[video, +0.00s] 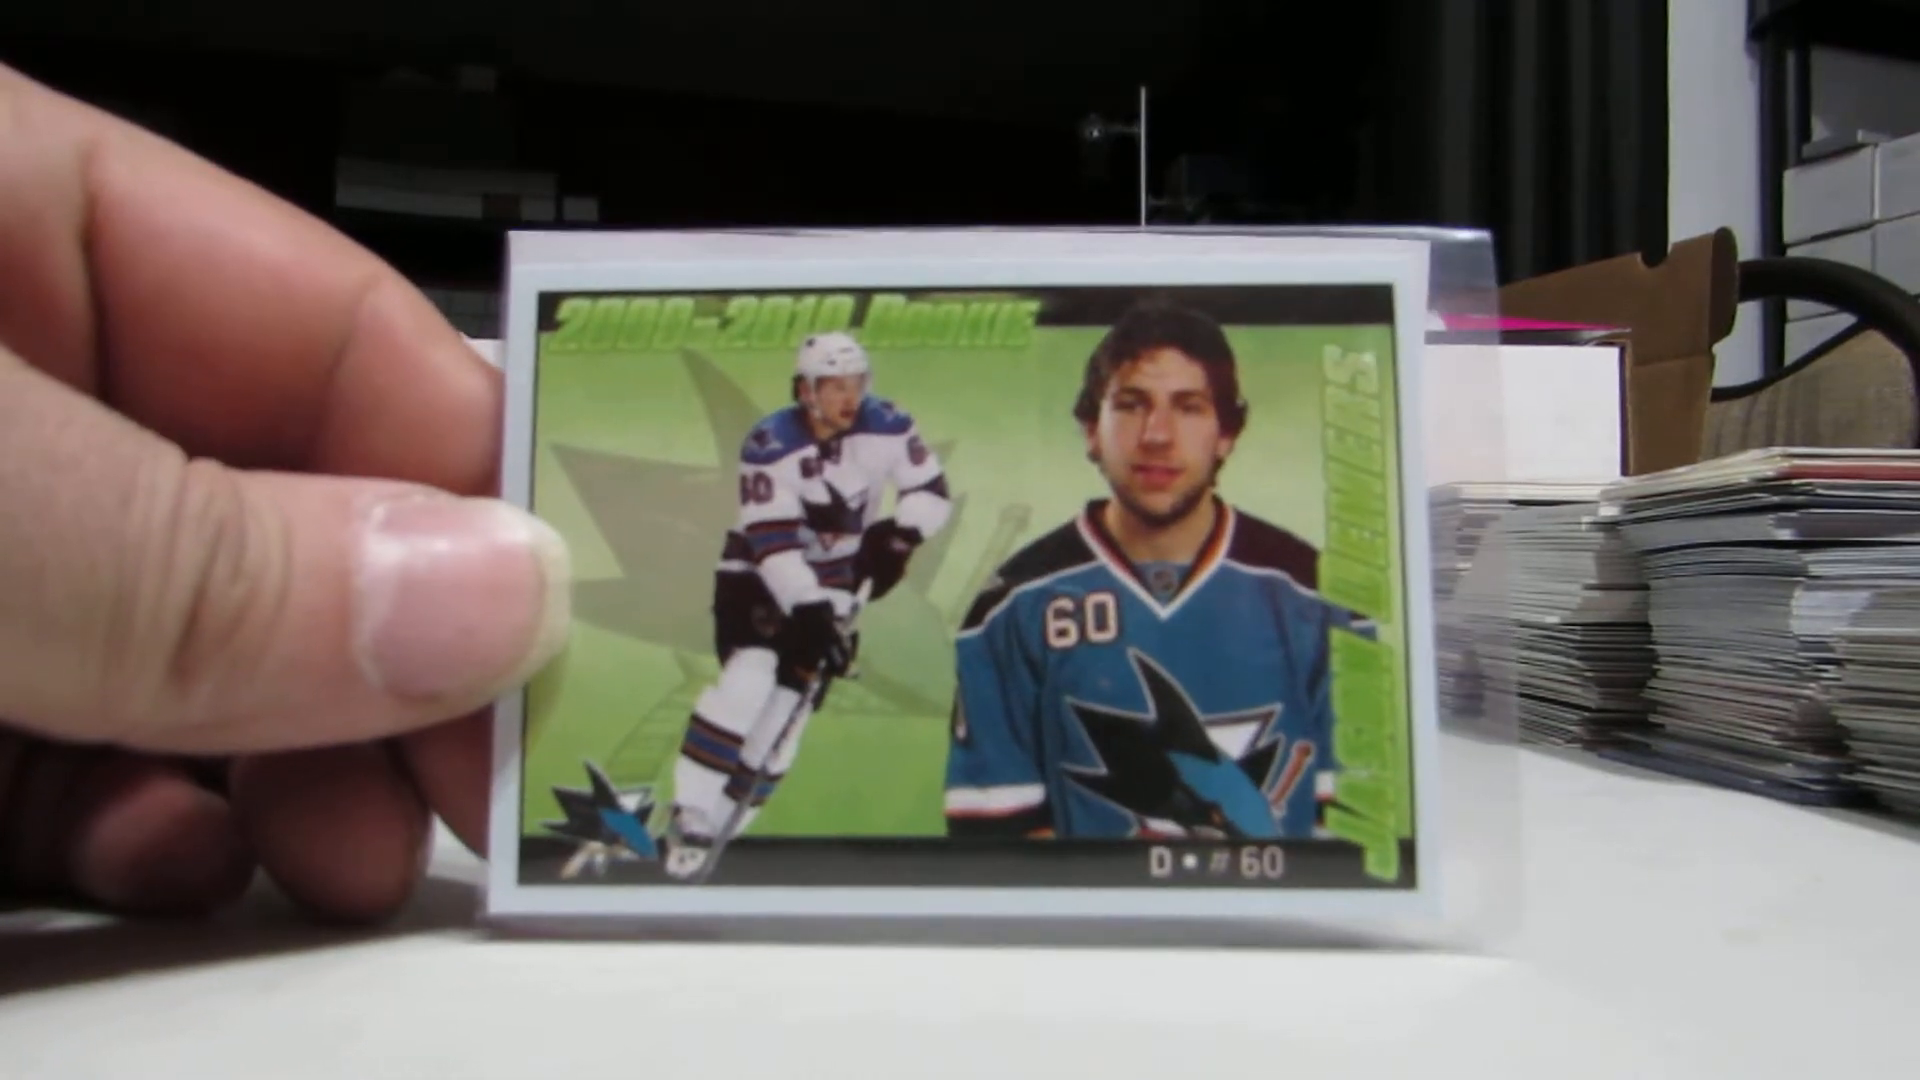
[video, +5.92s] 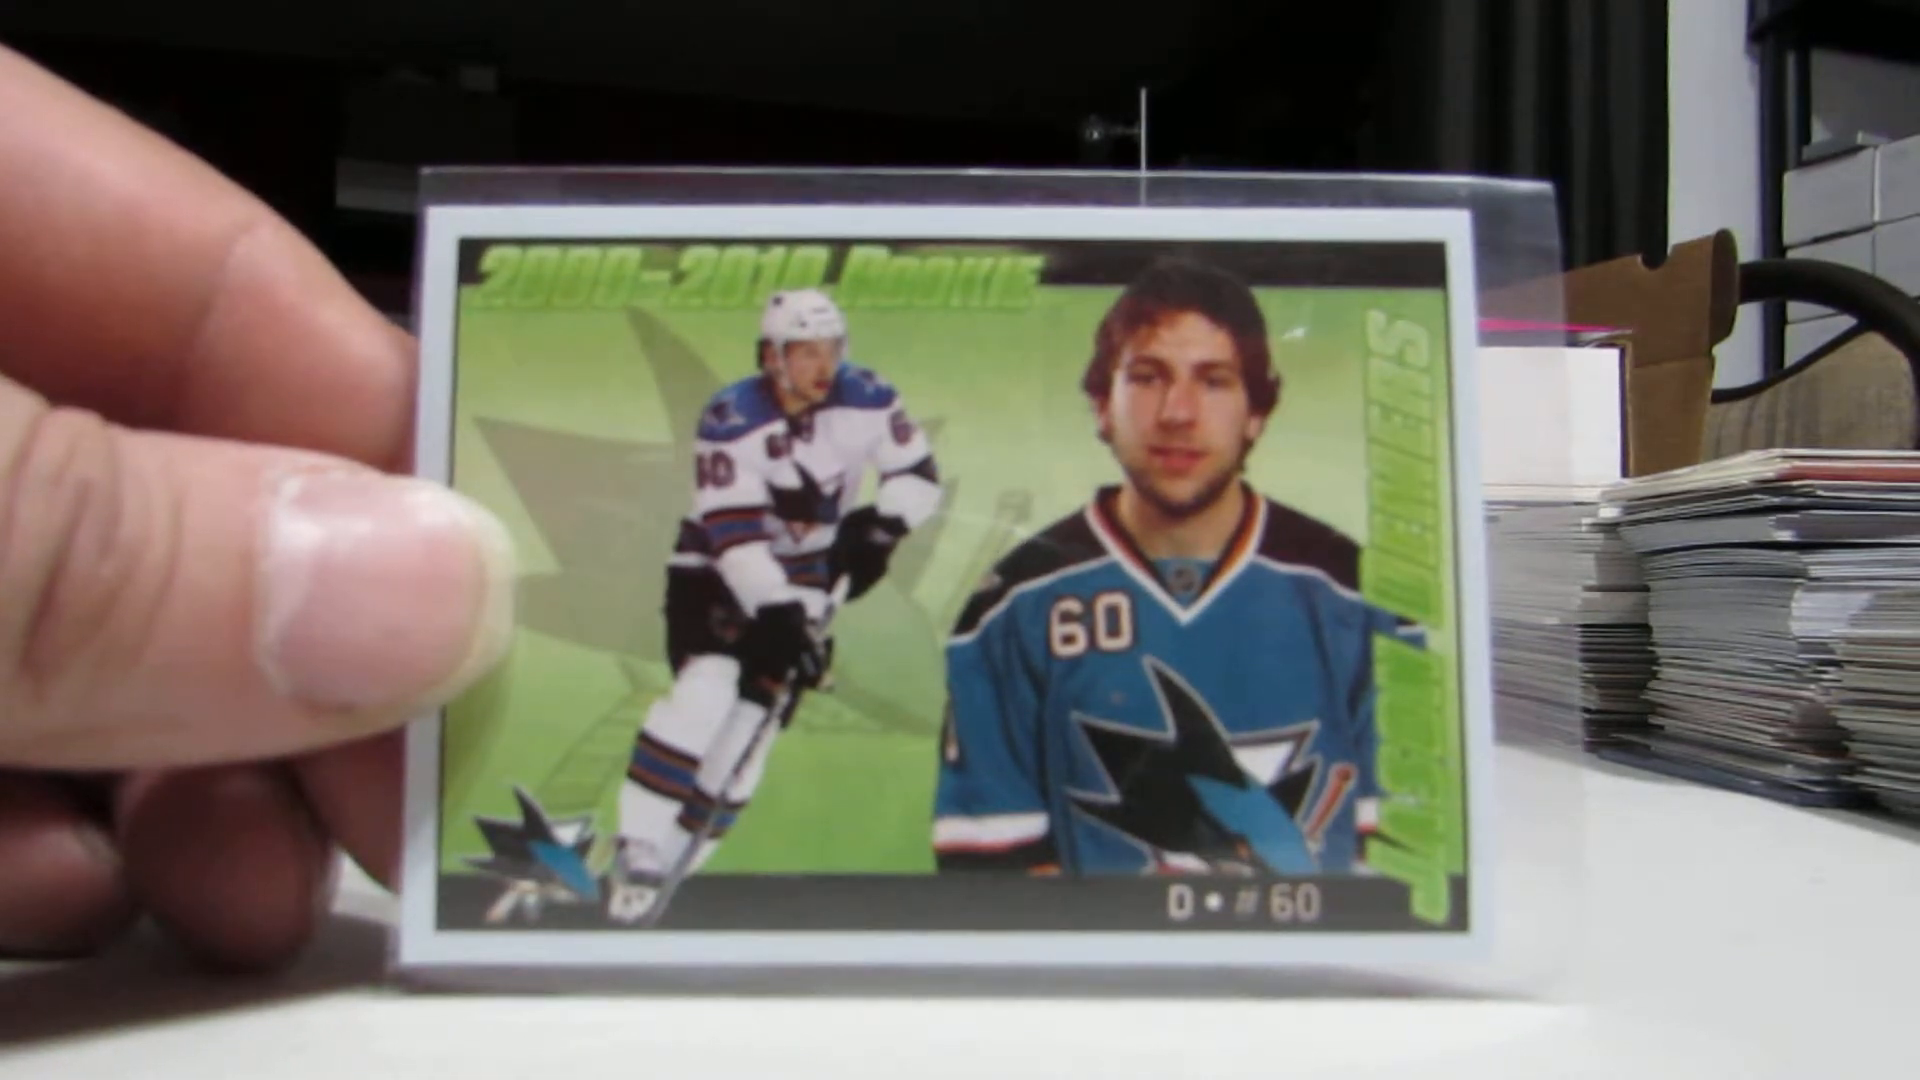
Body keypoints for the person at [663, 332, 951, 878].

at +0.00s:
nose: (849, 399)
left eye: (856, 386)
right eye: (836, 388)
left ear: (866, 386)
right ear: (806, 391)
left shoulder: (887, 427)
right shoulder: (771, 443)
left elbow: (929, 491)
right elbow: (771, 537)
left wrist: (898, 539)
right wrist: (808, 607)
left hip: (835, 581)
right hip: (761, 573)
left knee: (790, 705)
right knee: (750, 675)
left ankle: (724, 825)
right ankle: (693, 816)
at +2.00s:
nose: (826, 363)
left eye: (833, 349)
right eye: (810, 351)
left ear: (843, 349)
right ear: (774, 356)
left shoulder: (868, 398)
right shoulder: (733, 416)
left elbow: (916, 473)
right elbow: (732, 523)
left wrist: (878, 527)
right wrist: (776, 603)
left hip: (807, 573)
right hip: (722, 562)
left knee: (754, 716)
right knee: (709, 680)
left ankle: (678, 853)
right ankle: (642, 842)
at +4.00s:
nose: (822, 364)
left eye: (831, 350)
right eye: (806, 351)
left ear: (842, 350)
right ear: (772, 356)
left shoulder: (867, 398)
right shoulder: (732, 416)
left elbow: (916, 473)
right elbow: (732, 523)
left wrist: (877, 527)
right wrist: (775, 605)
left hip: (807, 573)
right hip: (721, 564)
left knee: (755, 715)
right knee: (709, 681)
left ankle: (681, 851)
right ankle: (642, 840)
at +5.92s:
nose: (822, 367)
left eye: (830, 352)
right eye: (806, 353)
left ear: (841, 353)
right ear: (772, 359)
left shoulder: (868, 401)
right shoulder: (732, 419)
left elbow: (917, 476)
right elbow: (732, 528)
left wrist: (879, 531)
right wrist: (776, 608)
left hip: (807, 578)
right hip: (720, 567)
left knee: (755, 721)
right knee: (709, 686)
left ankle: (680, 860)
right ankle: (641, 848)